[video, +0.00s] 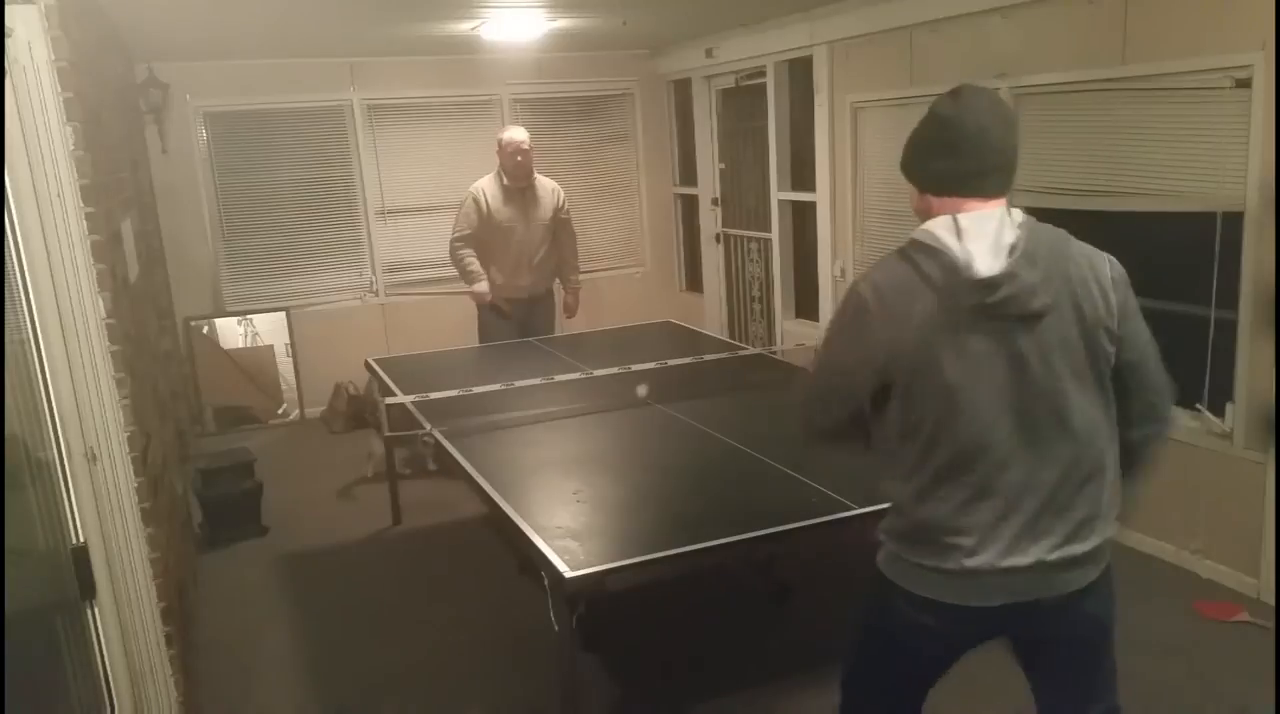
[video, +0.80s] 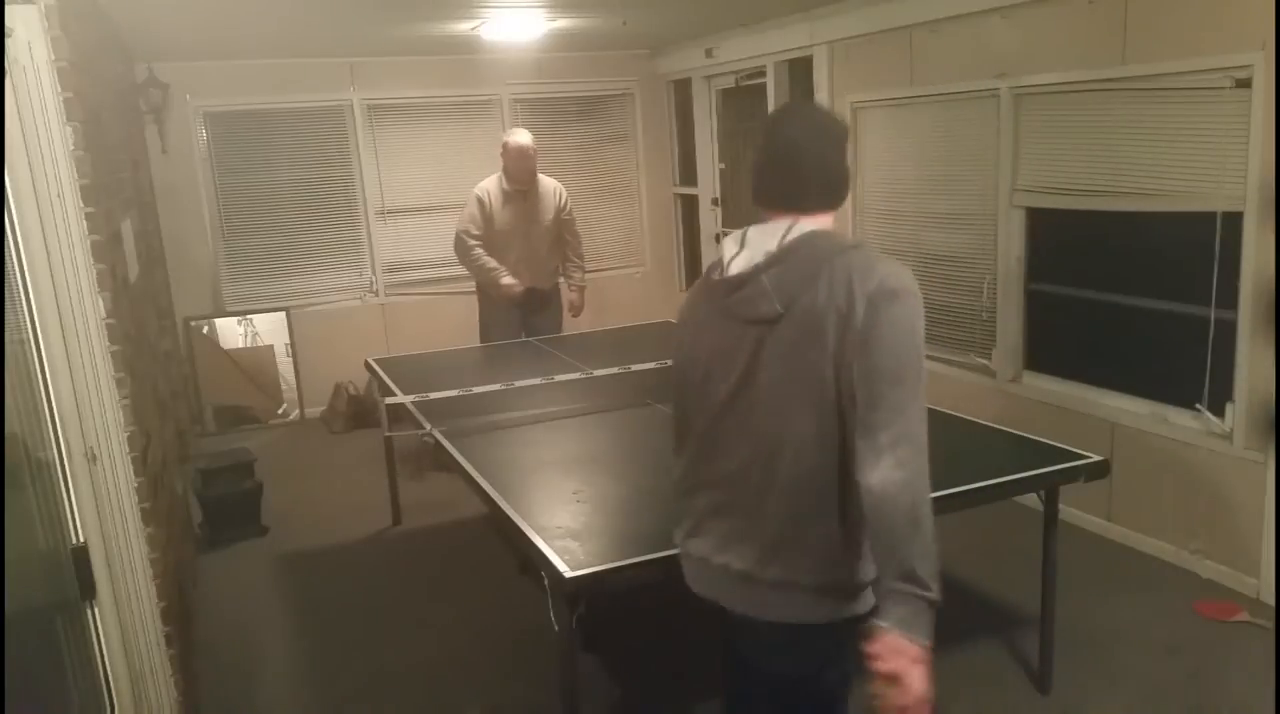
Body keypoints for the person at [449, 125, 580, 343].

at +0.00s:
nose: (519, 159)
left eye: (524, 152)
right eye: (512, 153)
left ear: (532, 152)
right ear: (499, 154)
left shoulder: (552, 192)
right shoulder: (480, 194)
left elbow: (567, 244)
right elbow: (460, 243)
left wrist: (572, 289)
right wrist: (477, 281)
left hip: (540, 301)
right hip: (497, 303)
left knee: (542, 372)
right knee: (499, 372)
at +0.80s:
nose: (527, 165)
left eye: (530, 157)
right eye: (519, 159)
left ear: (536, 155)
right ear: (503, 157)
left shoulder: (554, 192)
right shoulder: (484, 194)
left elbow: (571, 243)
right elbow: (466, 244)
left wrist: (575, 287)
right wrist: (501, 278)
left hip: (544, 296)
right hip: (499, 300)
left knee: (550, 366)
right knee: (503, 368)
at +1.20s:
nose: (540, 168)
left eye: (543, 160)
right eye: (532, 162)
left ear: (547, 159)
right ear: (515, 160)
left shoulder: (555, 195)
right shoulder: (497, 192)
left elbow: (563, 247)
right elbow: (493, 242)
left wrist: (568, 289)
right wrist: (545, 247)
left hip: (546, 293)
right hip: (506, 295)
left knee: (554, 357)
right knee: (513, 359)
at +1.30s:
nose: (535, 162)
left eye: (539, 155)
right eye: (527, 156)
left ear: (544, 156)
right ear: (512, 158)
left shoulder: (555, 194)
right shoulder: (495, 192)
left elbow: (564, 244)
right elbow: (479, 240)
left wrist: (568, 285)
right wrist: (512, 256)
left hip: (548, 292)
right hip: (508, 295)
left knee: (555, 357)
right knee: (516, 359)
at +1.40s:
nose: (530, 159)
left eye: (534, 152)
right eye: (522, 154)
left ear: (541, 155)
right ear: (510, 157)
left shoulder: (555, 194)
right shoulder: (491, 191)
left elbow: (565, 246)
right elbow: (468, 237)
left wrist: (568, 289)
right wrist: (496, 268)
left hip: (548, 295)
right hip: (508, 296)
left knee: (555, 360)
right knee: (514, 363)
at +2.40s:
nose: (491, 154)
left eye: (495, 146)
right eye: (483, 148)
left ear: (505, 150)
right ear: (471, 156)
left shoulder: (530, 182)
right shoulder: (457, 199)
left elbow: (558, 220)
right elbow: (439, 244)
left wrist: (556, 255)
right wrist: (450, 278)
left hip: (535, 293)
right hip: (489, 301)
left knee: (549, 363)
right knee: (499, 370)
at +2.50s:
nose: (492, 154)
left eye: (496, 146)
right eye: (484, 148)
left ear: (505, 150)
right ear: (471, 156)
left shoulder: (528, 182)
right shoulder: (457, 199)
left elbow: (552, 227)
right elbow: (440, 248)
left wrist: (555, 267)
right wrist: (462, 283)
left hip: (539, 294)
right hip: (493, 300)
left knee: (549, 363)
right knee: (499, 369)